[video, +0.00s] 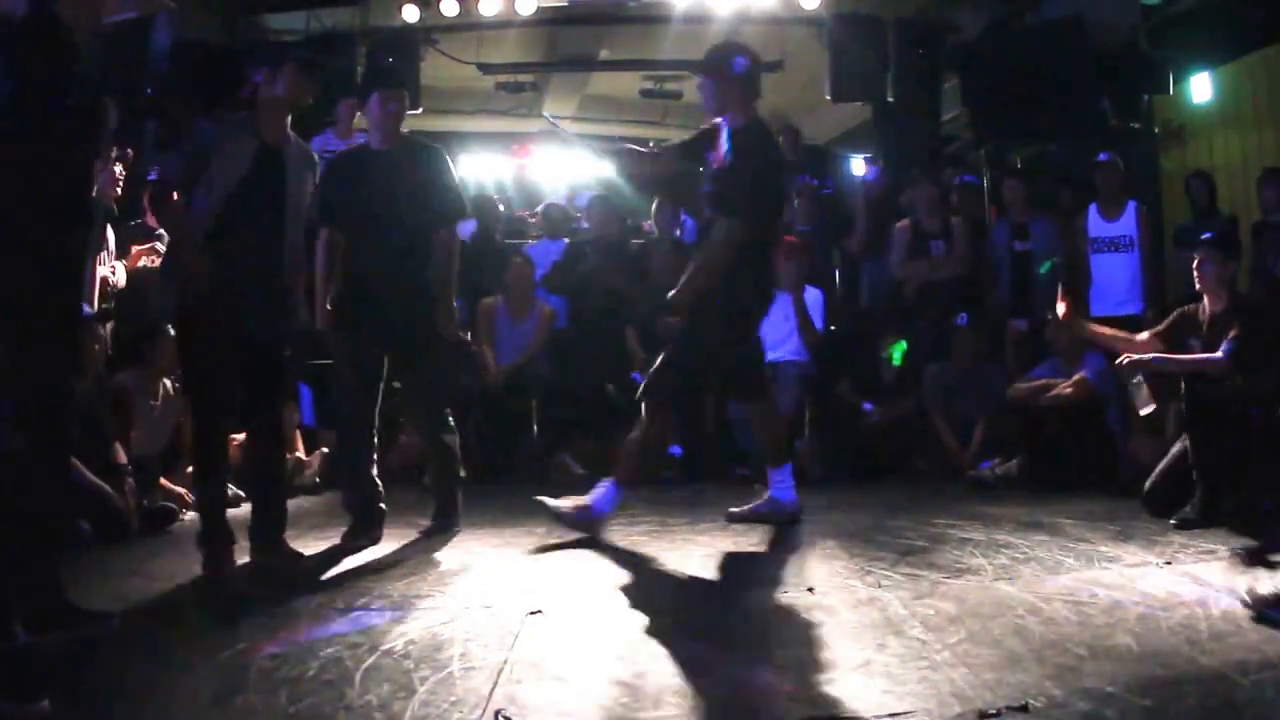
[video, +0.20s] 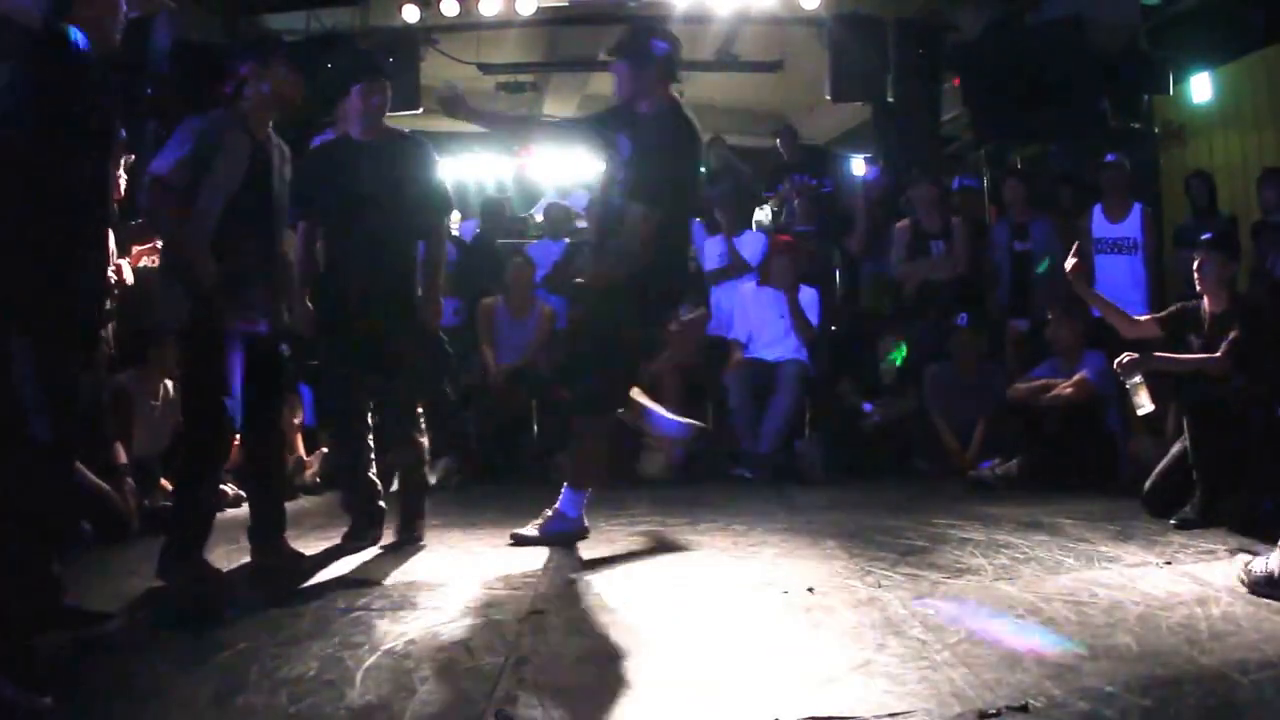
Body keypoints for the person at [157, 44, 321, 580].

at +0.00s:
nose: (288, 97)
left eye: (296, 89)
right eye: (281, 85)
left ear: (302, 95)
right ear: (260, 84)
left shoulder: (303, 159)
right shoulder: (216, 137)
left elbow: (301, 237)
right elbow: (162, 193)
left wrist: (301, 301)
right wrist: (189, 244)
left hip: (269, 308)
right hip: (208, 306)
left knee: (270, 428)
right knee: (210, 426)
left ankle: (269, 541)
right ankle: (216, 547)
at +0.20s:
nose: (282, 93)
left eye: (286, 83)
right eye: (274, 80)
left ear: (283, 91)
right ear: (248, 80)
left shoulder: (279, 152)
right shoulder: (207, 133)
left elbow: (279, 230)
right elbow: (157, 193)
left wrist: (290, 299)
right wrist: (197, 267)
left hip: (264, 313)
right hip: (209, 311)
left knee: (266, 434)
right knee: (209, 431)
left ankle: (270, 546)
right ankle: (182, 555)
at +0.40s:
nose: (266, 73)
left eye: (266, 63)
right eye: (257, 61)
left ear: (259, 73)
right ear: (225, 68)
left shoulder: (252, 139)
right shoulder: (190, 128)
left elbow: (244, 221)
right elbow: (147, 197)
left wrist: (265, 264)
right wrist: (193, 258)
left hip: (234, 307)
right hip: (180, 311)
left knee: (261, 414)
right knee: (182, 432)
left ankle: (253, 534)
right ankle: (178, 554)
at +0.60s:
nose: (241, 81)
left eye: (245, 70)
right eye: (234, 68)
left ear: (240, 75)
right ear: (211, 64)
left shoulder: (219, 125)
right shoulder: (188, 118)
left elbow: (208, 212)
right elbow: (160, 201)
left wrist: (243, 252)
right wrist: (204, 266)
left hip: (208, 304)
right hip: (179, 307)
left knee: (220, 420)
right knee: (189, 427)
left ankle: (211, 539)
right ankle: (183, 556)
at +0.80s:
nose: (233, 80)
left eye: (237, 70)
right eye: (225, 67)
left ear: (231, 74)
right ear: (198, 64)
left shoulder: (203, 126)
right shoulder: (188, 122)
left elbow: (199, 214)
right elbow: (162, 204)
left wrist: (238, 248)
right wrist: (203, 261)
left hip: (190, 302)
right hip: (179, 305)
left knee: (184, 418)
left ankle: (182, 534)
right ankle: (180, 536)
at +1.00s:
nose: (239, 88)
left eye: (238, 78)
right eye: (233, 77)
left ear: (209, 78)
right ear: (209, 76)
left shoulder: (196, 127)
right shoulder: (183, 123)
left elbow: (183, 217)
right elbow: (156, 203)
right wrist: (196, 266)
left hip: (182, 304)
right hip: (168, 307)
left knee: (184, 424)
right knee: (181, 426)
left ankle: (180, 534)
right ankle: (178, 545)